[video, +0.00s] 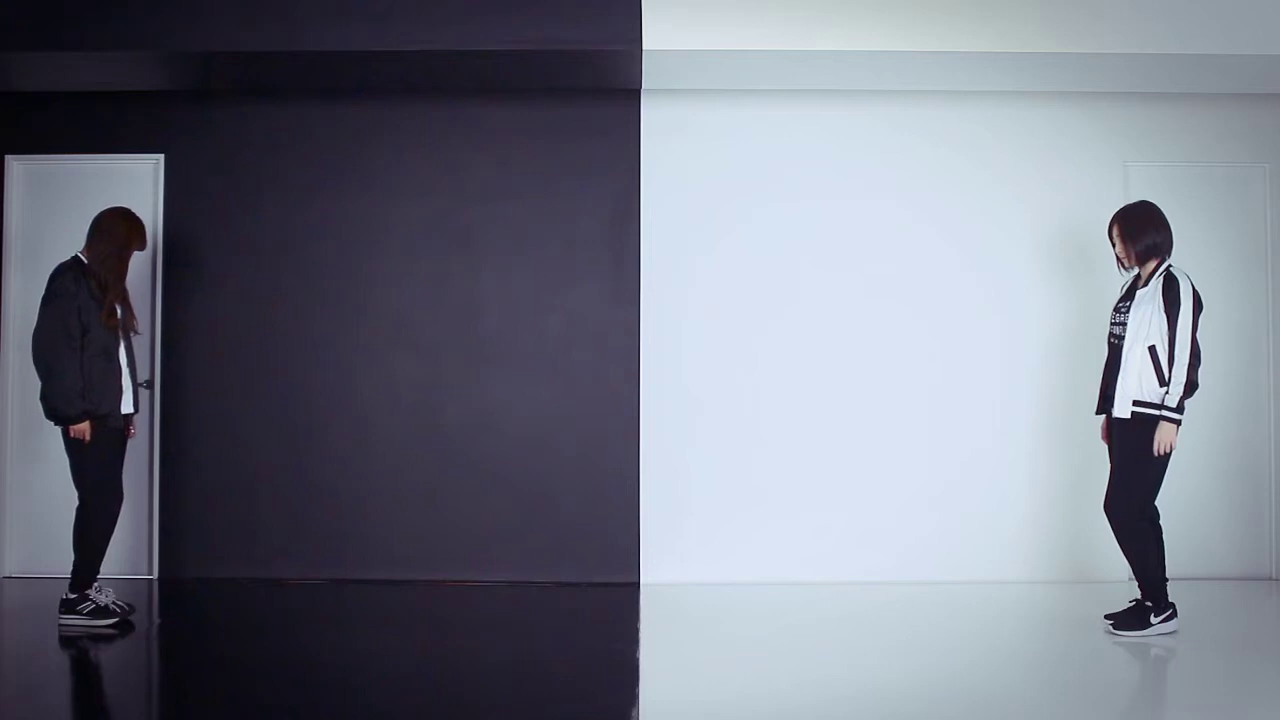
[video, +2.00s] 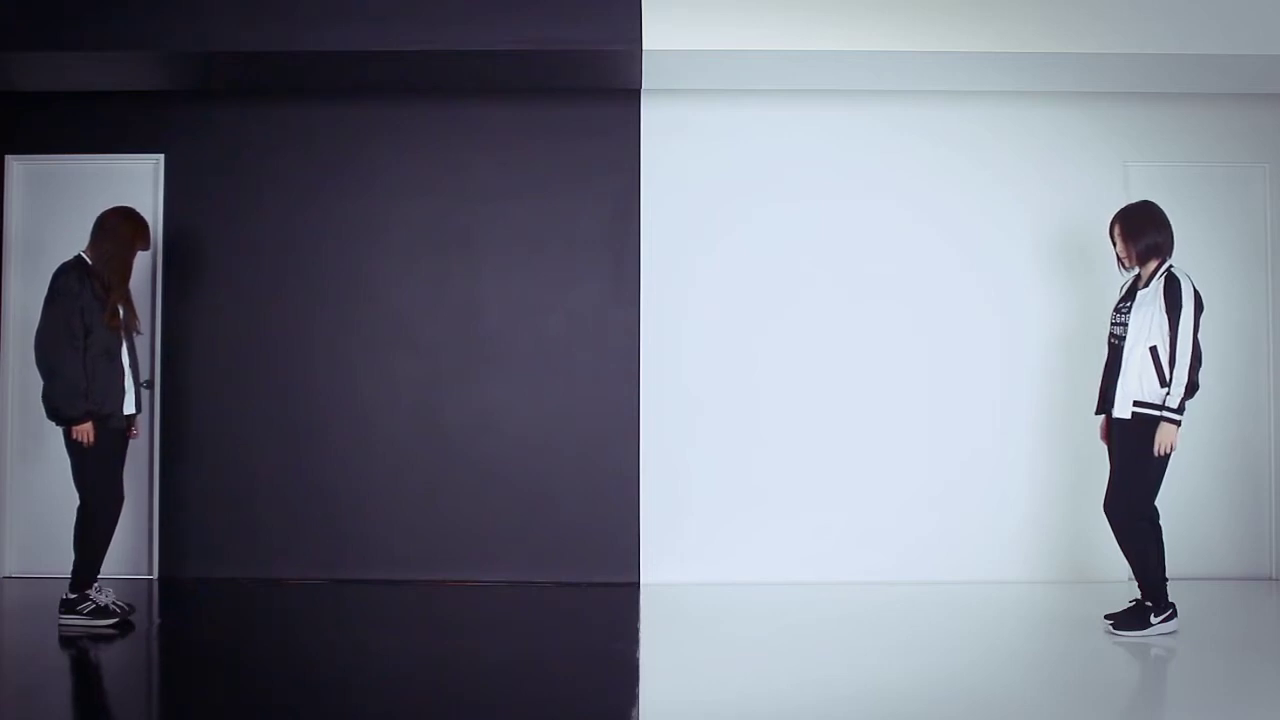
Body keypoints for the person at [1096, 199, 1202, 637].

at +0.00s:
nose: (1116, 250)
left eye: (1120, 241)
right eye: (1114, 242)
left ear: (1143, 236)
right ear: (1127, 240)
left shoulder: (1176, 284)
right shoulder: (1132, 287)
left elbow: (1185, 357)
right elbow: (1119, 355)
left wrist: (1171, 417)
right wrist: (1108, 411)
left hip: (1150, 418)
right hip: (1124, 416)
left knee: (1122, 506)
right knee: (1136, 507)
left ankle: (1157, 603)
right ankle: (1153, 600)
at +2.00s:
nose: (1117, 249)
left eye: (1121, 240)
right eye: (1114, 242)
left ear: (1145, 236)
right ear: (1126, 241)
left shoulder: (1177, 284)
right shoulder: (1131, 287)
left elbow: (1187, 356)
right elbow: (1117, 355)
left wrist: (1172, 417)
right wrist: (1107, 410)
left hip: (1151, 417)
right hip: (1123, 416)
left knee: (1125, 506)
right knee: (1131, 507)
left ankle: (1157, 604)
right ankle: (1152, 600)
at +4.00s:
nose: (1089, 249)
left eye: (1093, 240)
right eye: (1086, 242)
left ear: (1117, 236)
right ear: (1092, 243)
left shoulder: (1156, 284)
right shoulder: (1100, 288)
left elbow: (1178, 351)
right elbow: (1099, 353)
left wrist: (1171, 414)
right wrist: (1087, 404)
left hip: (1139, 415)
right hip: (1109, 415)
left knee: (1082, 486)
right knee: (1131, 506)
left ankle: (1103, 584)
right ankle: (1156, 601)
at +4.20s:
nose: (1063, 254)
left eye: (1067, 244)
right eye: (1060, 246)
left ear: (1091, 241)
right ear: (1066, 248)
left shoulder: (1131, 288)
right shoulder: (1077, 293)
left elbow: (1158, 350)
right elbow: (1075, 357)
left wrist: (1158, 414)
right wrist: (1059, 404)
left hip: (1120, 418)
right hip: (1091, 418)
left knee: (1074, 500)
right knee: (1123, 510)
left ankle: (1036, 596)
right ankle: (1156, 601)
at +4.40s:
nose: (1030, 255)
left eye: (1035, 246)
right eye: (1028, 247)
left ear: (1057, 243)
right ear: (1042, 246)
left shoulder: (1090, 291)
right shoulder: (1043, 296)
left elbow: (1113, 358)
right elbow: (1035, 362)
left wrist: (1118, 426)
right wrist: (1028, 418)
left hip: (1082, 422)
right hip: (1055, 422)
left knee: (1040, 506)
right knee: (1099, 510)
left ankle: (1014, 607)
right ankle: (1150, 595)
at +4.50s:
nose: (1011, 249)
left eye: (1017, 240)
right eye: (1009, 241)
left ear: (1040, 239)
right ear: (1018, 244)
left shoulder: (1070, 288)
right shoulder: (1023, 288)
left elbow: (1086, 356)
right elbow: (1015, 355)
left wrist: (1081, 424)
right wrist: (1010, 412)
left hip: (1056, 421)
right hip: (1031, 420)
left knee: (1024, 510)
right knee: (1070, 507)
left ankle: (1011, 608)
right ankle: (1136, 583)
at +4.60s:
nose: (993, 246)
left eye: (998, 236)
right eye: (991, 238)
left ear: (1022, 234)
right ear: (1002, 240)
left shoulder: (1054, 286)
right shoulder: (1005, 286)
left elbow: (1058, 357)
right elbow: (1000, 353)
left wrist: (1044, 419)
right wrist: (993, 412)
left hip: (1036, 417)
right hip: (1008, 415)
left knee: (1014, 509)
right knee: (1027, 509)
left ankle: (1009, 608)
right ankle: (1104, 571)